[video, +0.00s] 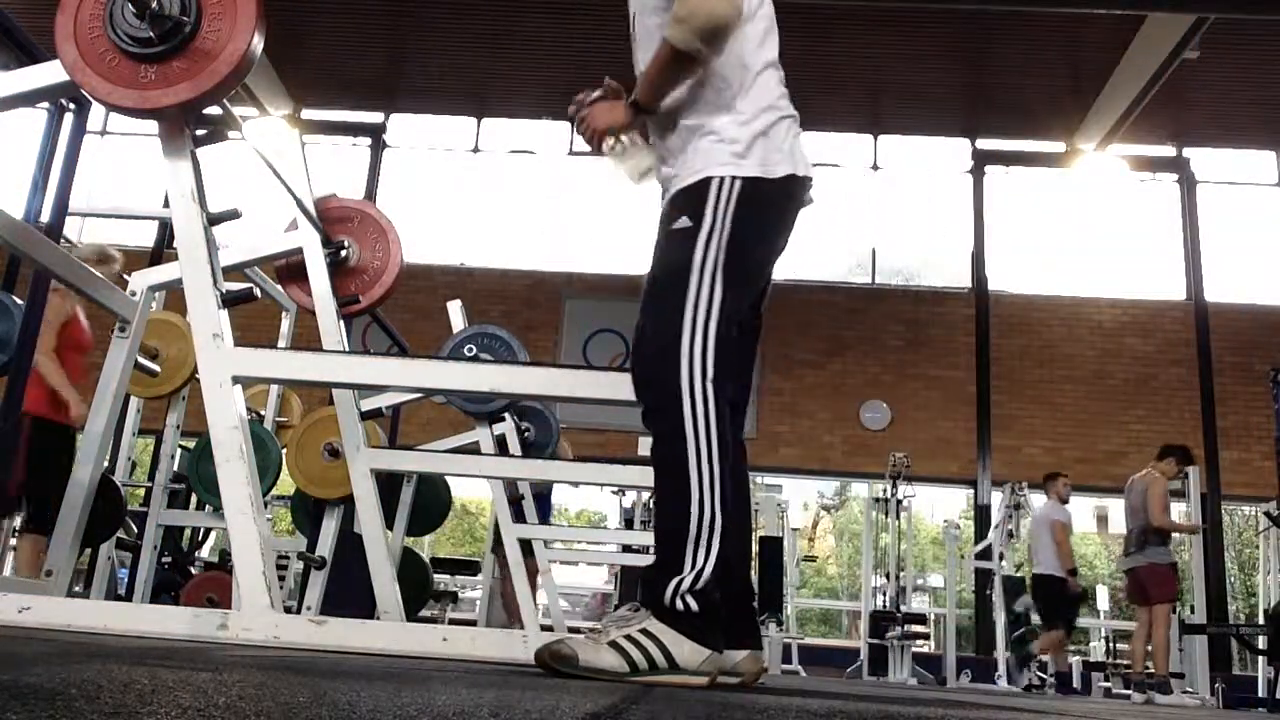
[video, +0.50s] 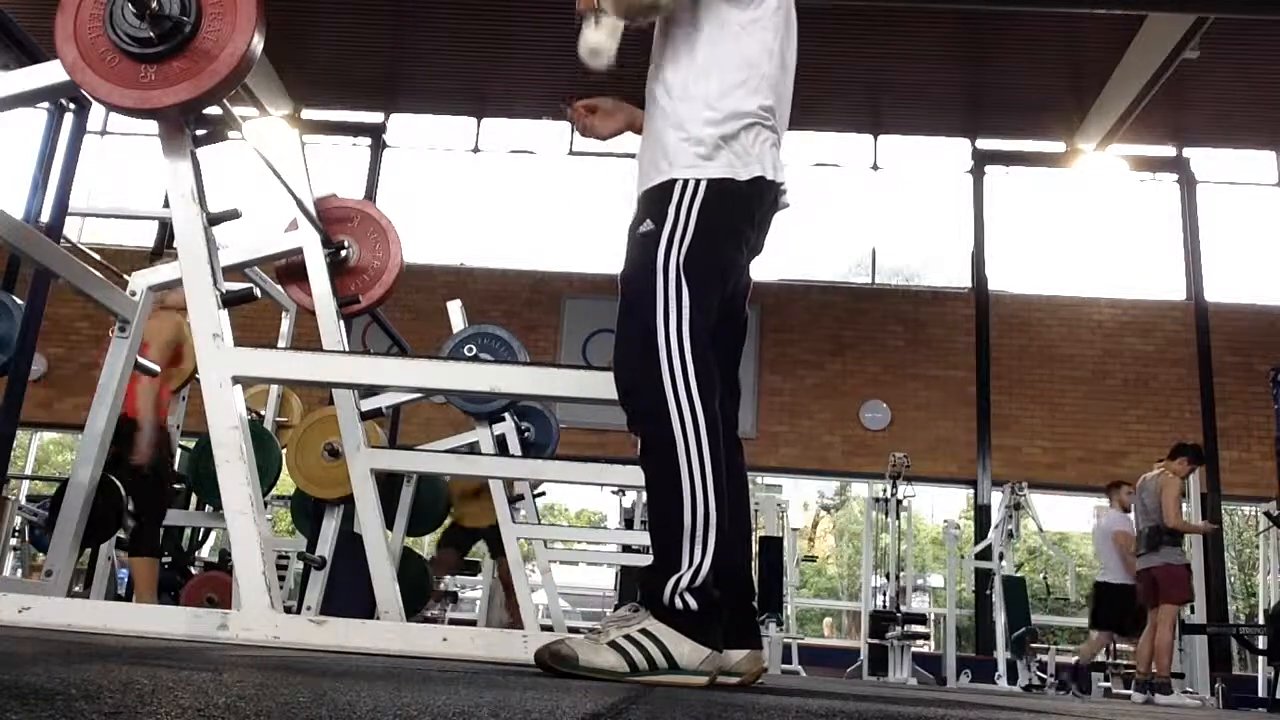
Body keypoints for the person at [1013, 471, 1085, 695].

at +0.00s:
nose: (1069, 490)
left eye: (1069, 486)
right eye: (1066, 485)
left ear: (1050, 490)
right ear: (1053, 488)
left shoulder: (1038, 513)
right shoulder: (1058, 510)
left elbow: (1032, 549)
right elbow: (1062, 541)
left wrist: (1040, 568)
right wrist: (1072, 573)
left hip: (1039, 577)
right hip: (1056, 577)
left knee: (1057, 632)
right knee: (1062, 631)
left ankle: (1063, 681)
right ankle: (1028, 651)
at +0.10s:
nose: (1081, 490)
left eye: (1081, 486)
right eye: (1076, 485)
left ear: (1062, 491)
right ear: (1064, 488)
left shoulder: (1050, 513)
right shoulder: (1068, 509)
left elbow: (1051, 547)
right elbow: (1072, 539)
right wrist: (1087, 568)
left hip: (1051, 575)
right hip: (1067, 576)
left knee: (1062, 628)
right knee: (1091, 626)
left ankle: (1064, 682)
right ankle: (1054, 659)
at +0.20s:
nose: (1092, 490)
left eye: (1092, 486)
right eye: (1087, 486)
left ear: (1074, 491)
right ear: (1075, 489)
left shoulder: (1064, 512)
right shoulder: (1078, 510)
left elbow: (1074, 547)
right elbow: (1083, 541)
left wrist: (1099, 571)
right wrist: (1103, 567)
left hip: (1063, 577)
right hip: (1078, 578)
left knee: (1069, 629)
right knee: (1105, 624)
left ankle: (1063, 681)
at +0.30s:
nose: (1104, 494)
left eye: (1104, 490)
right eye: (1099, 489)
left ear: (1086, 494)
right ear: (1087, 492)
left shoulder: (1076, 515)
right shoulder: (1090, 512)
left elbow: (1083, 550)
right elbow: (1094, 543)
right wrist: (1116, 569)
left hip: (1073, 580)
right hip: (1089, 581)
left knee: (1073, 630)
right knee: (1114, 628)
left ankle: (1063, 680)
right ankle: (1120, 680)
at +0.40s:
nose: (1117, 497)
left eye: (1117, 493)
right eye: (1113, 493)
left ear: (1099, 497)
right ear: (1100, 495)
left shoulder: (1088, 520)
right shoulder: (1106, 518)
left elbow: (1095, 552)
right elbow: (1110, 548)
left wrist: (1120, 570)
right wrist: (1126, 573)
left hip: (1086, 582)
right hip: (1106, 585)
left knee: (1083, 630)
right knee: (1126, 635)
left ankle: (1063, 676)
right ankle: (1135, 680)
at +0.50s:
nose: (1133, 499)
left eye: (1133, 494)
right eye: (1129, 494)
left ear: (1115, 498)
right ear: (1116, 496)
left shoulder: (1103, 520)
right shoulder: (1119, 520)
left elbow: (1104, 555)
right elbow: (1127, 555)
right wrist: (1140, 575)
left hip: (1104, 583)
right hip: (1122, 585)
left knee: (1102, 636)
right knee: (1140, 638)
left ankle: (1076, 670)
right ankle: (1143, 682)